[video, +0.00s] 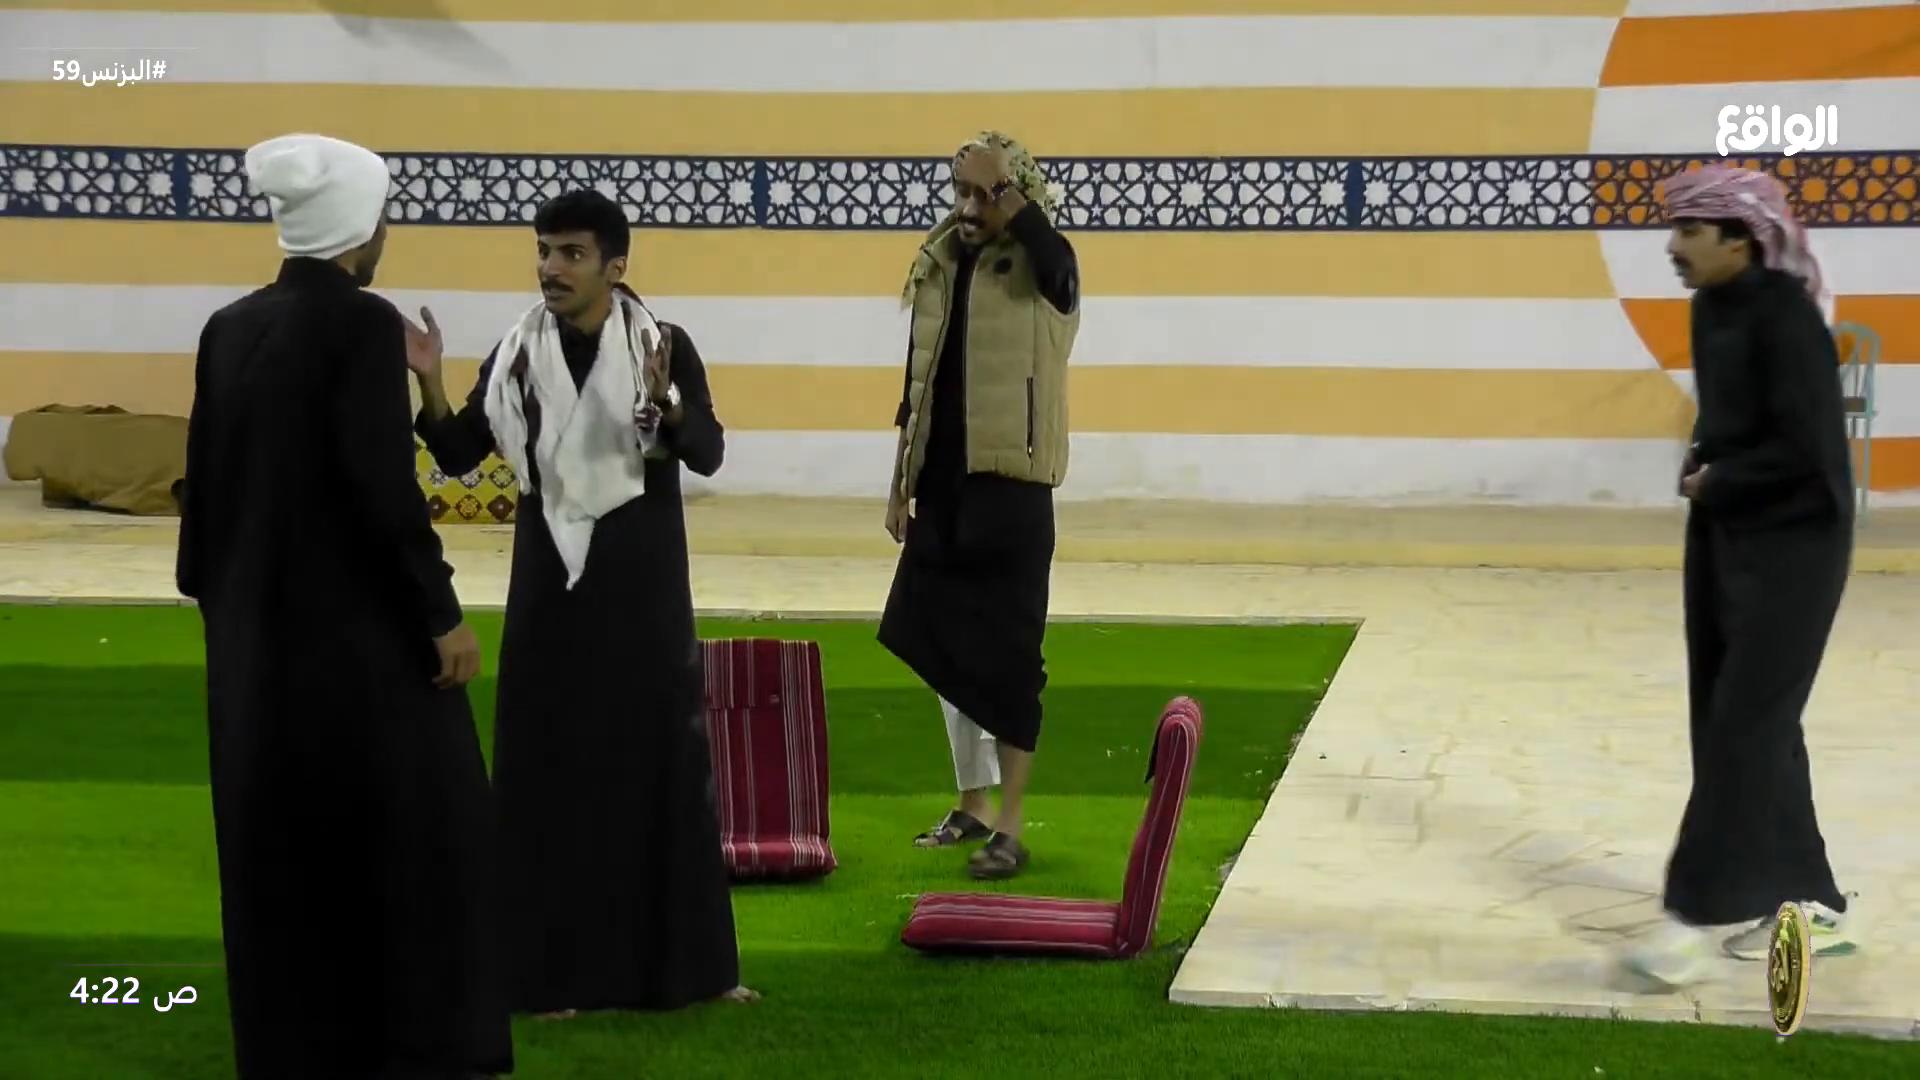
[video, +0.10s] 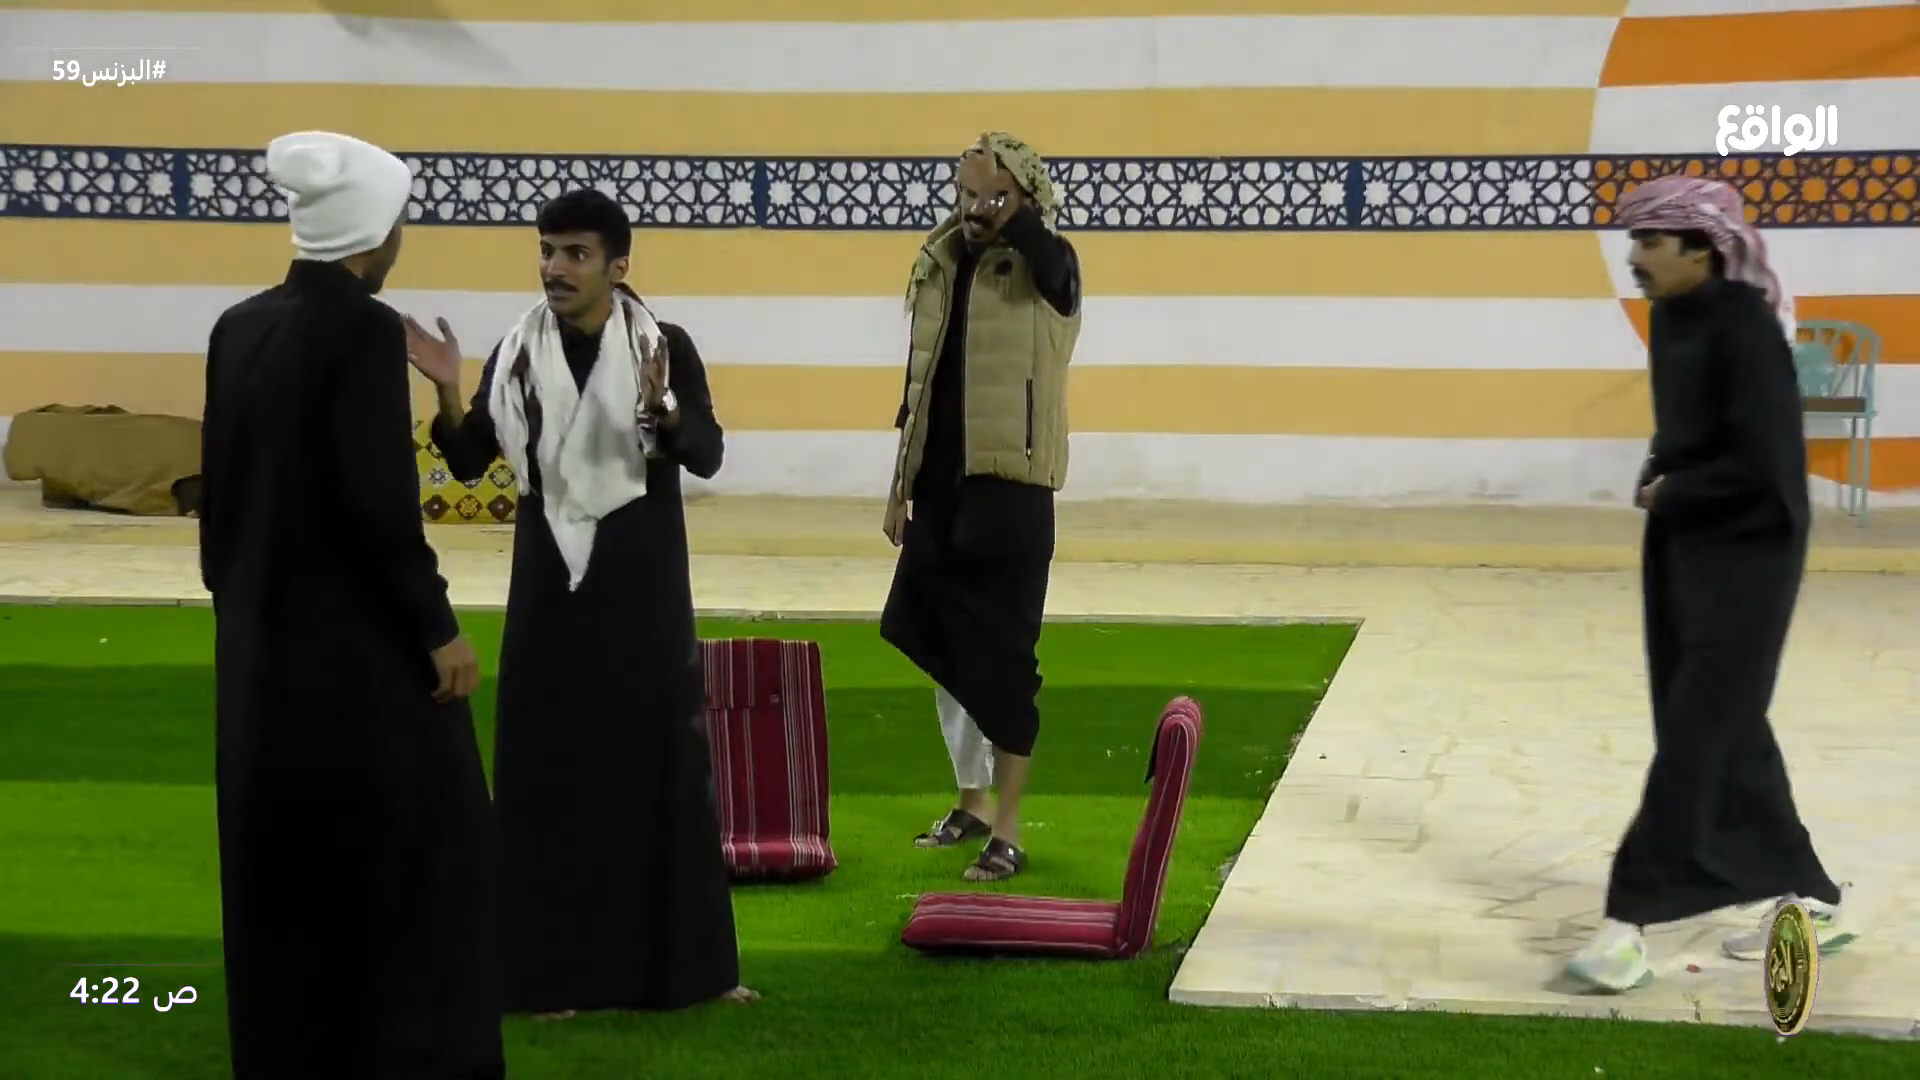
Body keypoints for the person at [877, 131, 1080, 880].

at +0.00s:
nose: (972, 206)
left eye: (986, 193)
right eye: (963, 191)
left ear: (1019, 194)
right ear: (953, 188)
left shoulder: (1047, 261)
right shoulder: (938, 266)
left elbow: (1060, 283)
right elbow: (916, 384)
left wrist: (1019, 210)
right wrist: (901, 483)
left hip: (1014, 484)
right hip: (943, 482)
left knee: (1013, 650)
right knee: (949, 647)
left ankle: (1009, 826)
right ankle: (975, 809)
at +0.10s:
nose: (971, 207)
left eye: (984, 196)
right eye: (964, 192)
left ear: (1021, 198)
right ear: (957, 190)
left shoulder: (1050, 263)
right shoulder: (937, 267)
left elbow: (1058, 280)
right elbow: (916, 389)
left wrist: (1015, 213)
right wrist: (901, 485)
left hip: (1013, 486)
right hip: (941, 483)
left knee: (1006, 651)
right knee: (942, 641)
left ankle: (1006, 831)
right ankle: (975, 807)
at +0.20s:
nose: (982, 208)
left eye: (996, 195)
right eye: (973, 195)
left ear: (1029, 196)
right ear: (960, 193)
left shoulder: (1054, 265)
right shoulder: (940, 266)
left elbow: (1059, 271)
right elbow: (918, 389)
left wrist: (1012, 210)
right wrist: (904, 486)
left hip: (1016, 487)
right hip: (943, 484)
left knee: (1008, 651)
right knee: (935, 637)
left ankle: (1006, 831)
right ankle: (973, 801)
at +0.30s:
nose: (993, 214)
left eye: (1008, 201)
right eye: (982, 199)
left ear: (1034, 200)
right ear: (969, 198)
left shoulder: (1058, 269)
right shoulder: (942, 270)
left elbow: (1067, 249)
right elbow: (923, 391)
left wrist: (1003, 198)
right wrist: (907, 488)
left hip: (1029, 495)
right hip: (949, 492)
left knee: (1024, 662)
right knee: (910, 643)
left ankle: (1009, 834)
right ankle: (963, 772)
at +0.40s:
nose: (968, 209)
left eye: (980, 196)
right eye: (964, 196)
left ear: (1024, 190)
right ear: (963, 193)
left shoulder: (1061, 264)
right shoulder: (946, 263)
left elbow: (1082, 279)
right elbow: (927, 387)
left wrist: (1032, 223)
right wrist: (909, 487)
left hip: (1031, 497)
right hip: (950, 494)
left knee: (1024, 660)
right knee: (908, 633)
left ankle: (1010, 832)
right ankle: (963, 779)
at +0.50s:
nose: (980, 201)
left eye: (995, 188)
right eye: (973, 187)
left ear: (1035, 195)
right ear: (963, 192)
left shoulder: (1061, 260)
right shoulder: (944, 266)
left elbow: (1089, 289)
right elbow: (926, 388)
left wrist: (1039, 215)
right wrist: (910, 488)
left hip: (1036, 494)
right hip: (953, 492)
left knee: (1024, 658)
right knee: (929, 646)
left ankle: (1009, 833)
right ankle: (951, 823)